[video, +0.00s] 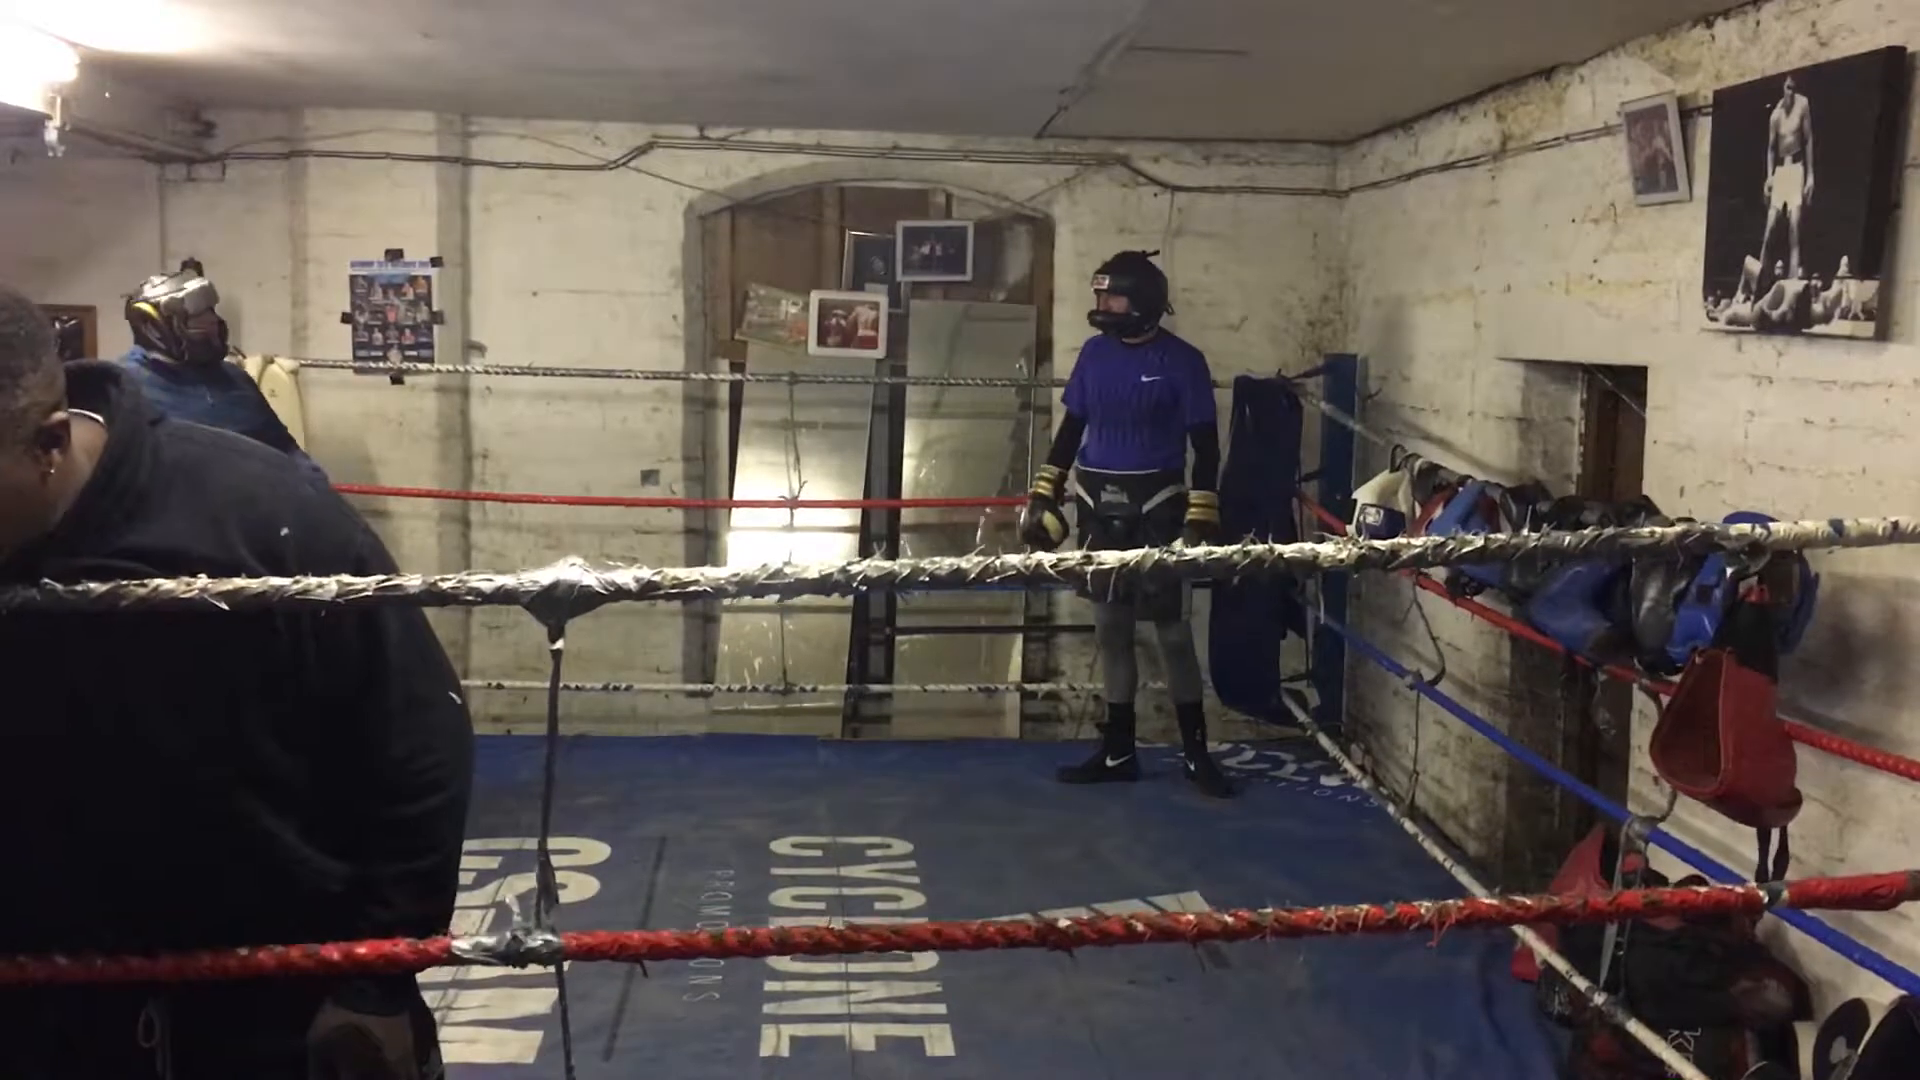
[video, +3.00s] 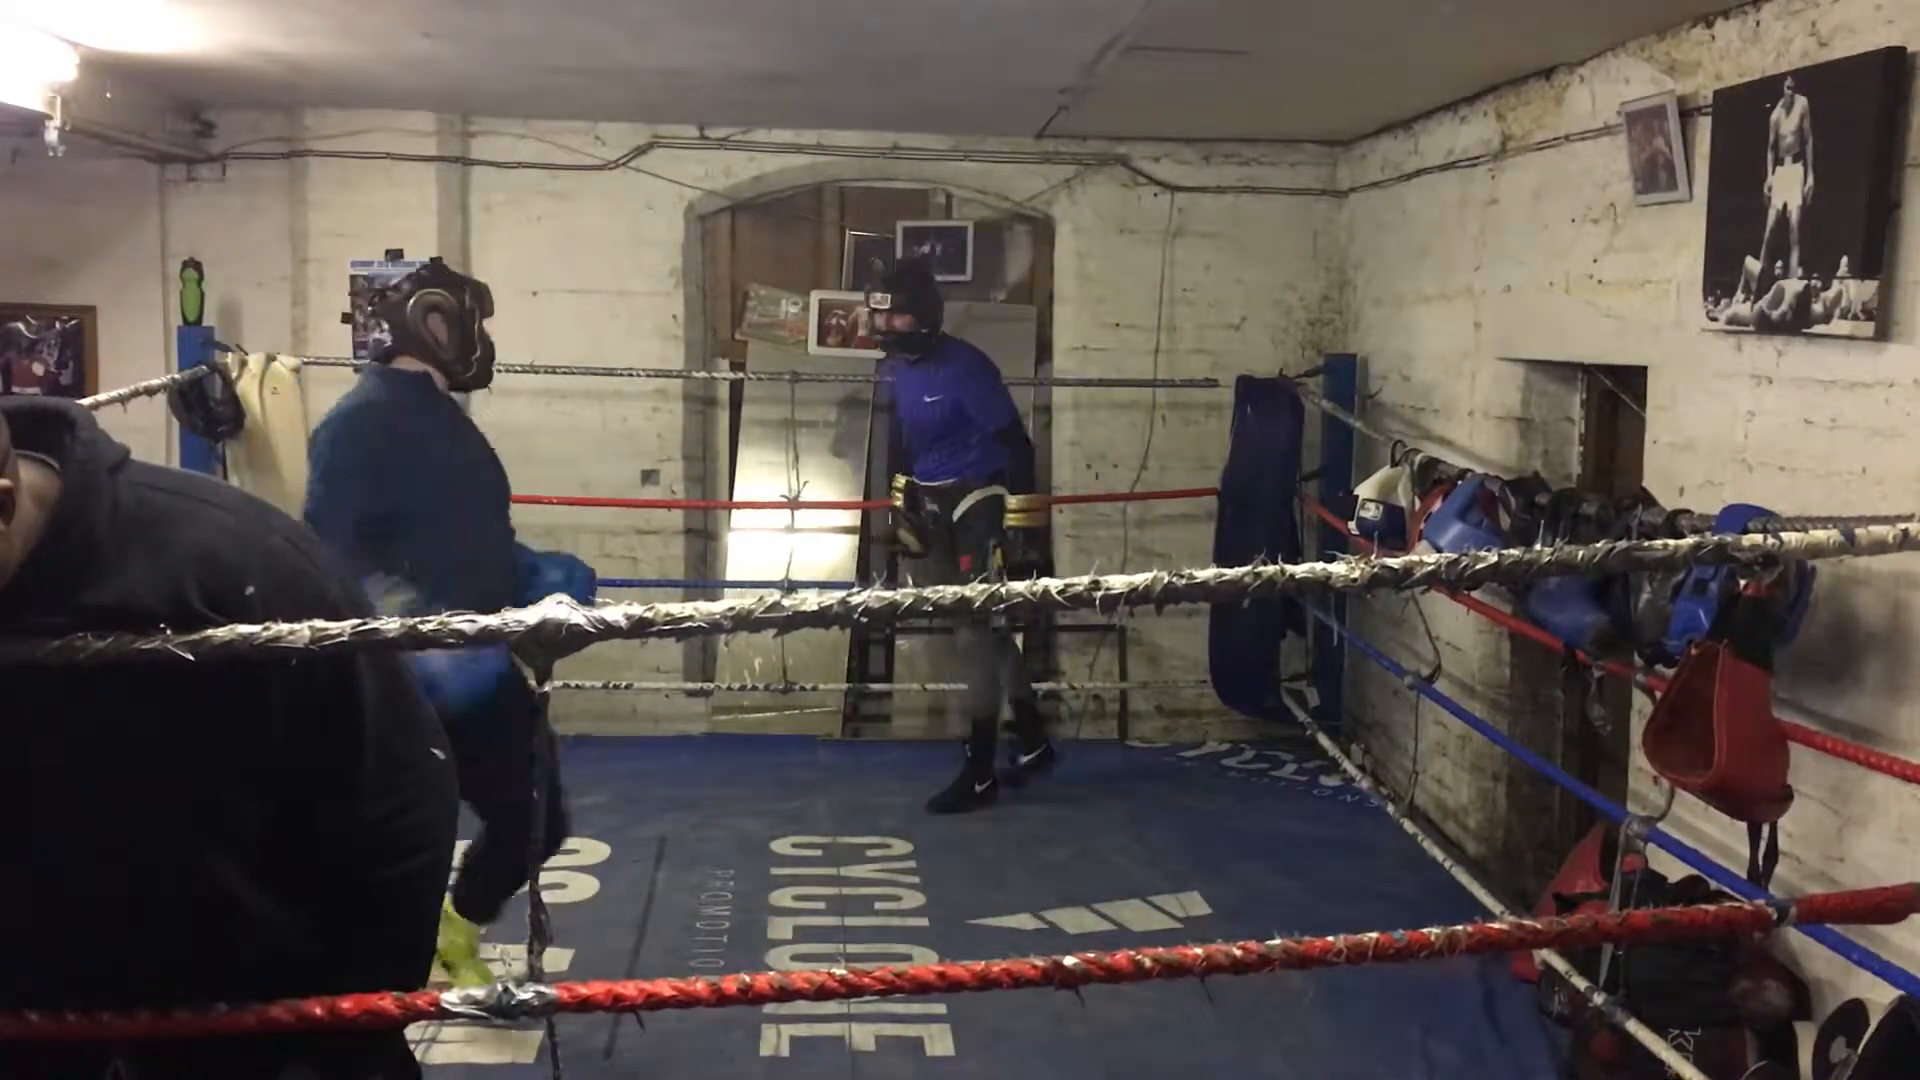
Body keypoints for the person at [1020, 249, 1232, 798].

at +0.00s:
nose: (1099, 301)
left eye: (1110, 293)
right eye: (1099, 292)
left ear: (1141, 299)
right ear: (1105, 298)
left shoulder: (1182, 360)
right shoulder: (1094, 353)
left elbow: (1205, 444)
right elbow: (1070, 428)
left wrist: (1201, 516)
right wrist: (1044, 494)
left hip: (1160, 508)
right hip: (1100, 506)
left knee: (1172, 634)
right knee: (1111, 632)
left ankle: (1197, 754)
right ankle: (1117, 752)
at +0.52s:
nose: (1067, 312)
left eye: (1078, 303)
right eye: (1064, 302)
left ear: (1109, 307)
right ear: (1065, 306)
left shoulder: (1152, 363)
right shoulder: (1068, 360)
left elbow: (1179, 448)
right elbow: (1055, 436)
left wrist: (1176, 526)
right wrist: (1038, 503)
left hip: (1134, 504)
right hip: (1080, 505)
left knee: (1116, 627)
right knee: (1101, 628)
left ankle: (1110, 754)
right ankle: (1118, 747)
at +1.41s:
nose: (1061, 304)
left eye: (1072, 296)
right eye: (1060, 295)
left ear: (1103, 306)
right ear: (1067, 300)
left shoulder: (1138, 370)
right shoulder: (1060, 354)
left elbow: (1152, 457)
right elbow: (1040, 428)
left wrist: (1141, 531)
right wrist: (1007, 493)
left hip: (1104, 508)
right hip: (1047, 502)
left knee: (1094, 635)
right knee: (1014, 628)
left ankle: (1095, 777)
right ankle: (1081, 678)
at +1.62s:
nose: (1043, 307)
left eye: (1054, 297)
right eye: (1042, 296)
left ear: (1083, 302)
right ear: (1048, 301)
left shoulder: (1125, 367)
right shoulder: (1048, 353)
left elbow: (1141, 454)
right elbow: (1032, 429)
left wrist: (1133, 525)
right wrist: (1000, 495)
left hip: (1096, 505)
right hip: (1038, 500)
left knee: (1093, 630)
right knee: (994, 621)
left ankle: (1096, 771)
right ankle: (1034, 729)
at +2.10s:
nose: (994, 298)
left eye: (1005, 289)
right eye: (993, 289)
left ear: (1033, 295)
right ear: (998, 296)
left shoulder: (1067, 358)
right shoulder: (991, 358)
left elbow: (1078, 448)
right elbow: (978, 434)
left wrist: (1052, 518)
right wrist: (956, 504)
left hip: (1045, 514)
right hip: (992, 511)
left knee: (1063, 632)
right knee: (1007, 634)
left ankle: (1088, 769)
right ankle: (1018, 758)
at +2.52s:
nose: (952, 301)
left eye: (964, 291)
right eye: (949, 291)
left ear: (991, 298)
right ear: (948, 297)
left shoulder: (1026, 356)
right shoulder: (945, 356)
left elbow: (1049, 441)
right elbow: (933, 432)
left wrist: (1030, 516)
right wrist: (911, 503)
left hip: (1007, 502)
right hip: (954, 501)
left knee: (976, 628)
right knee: (978, 631)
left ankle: (1033, 714)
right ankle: (1013, 752)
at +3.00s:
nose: (888, 323)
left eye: (898, 311)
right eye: (884, 311)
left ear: (926, 313)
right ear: (882, 316)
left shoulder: (968, 366)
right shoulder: (901, 369)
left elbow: (1016, 444)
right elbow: (904, 439)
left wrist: (1025, 523)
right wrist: (901, 500)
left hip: (979, 501)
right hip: (931, 505)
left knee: (976, 630)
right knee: (978, 626)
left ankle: (980, 767)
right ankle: (1033, 734)